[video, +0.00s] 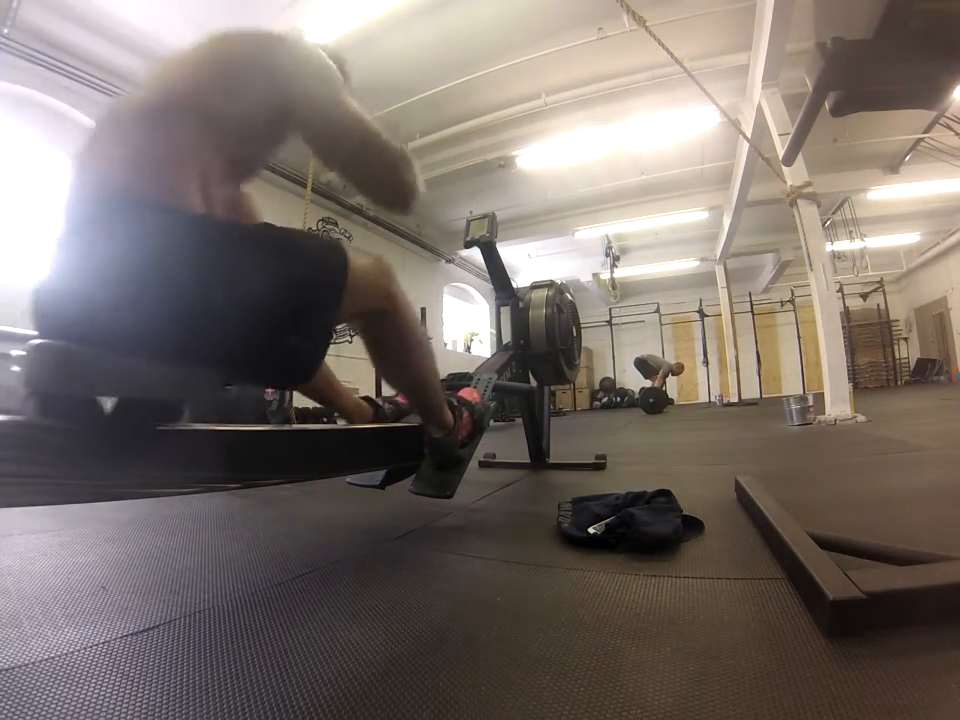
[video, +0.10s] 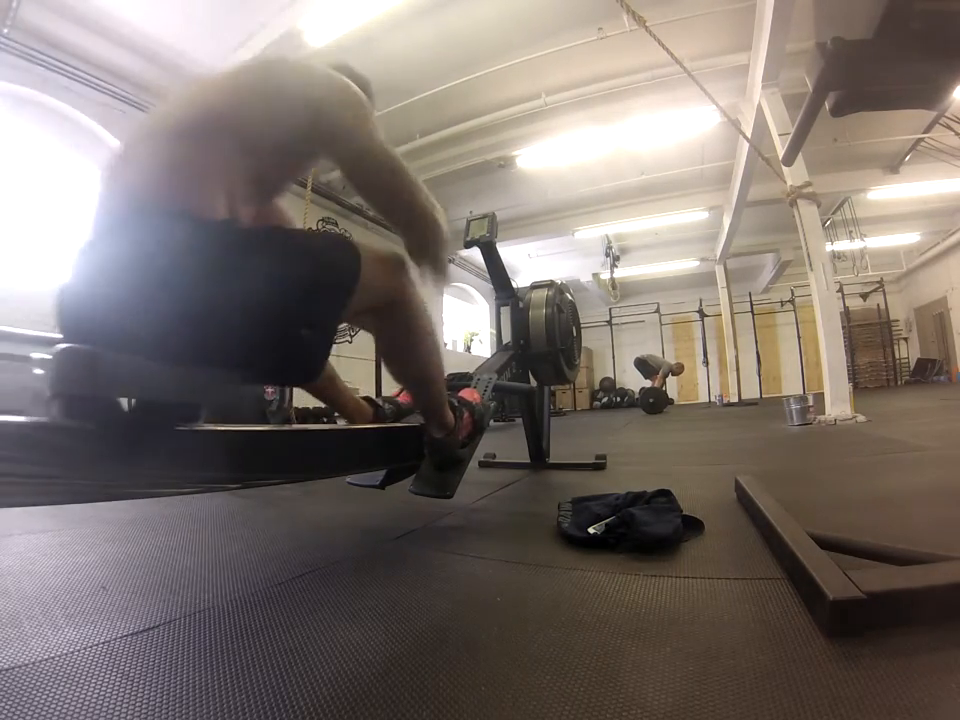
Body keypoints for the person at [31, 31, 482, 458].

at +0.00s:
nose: (330, 112)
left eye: (334, 101)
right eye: (334, 96)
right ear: (323, 65)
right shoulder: (289, 56)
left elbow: (252, 246)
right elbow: (400, 190)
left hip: (73, 292)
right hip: (167, 279)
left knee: (267, 307)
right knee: (378, 285)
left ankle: (358, 411)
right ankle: (447, 427)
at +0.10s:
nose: (358, 138)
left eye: (362, 127)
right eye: (360, 122)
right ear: (347, 90)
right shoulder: (330, 92)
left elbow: (289, 242)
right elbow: (423, 222)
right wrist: (434, 261)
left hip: (92, 296)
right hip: (178, 287)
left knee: (280, 312)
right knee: (390, 281)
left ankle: (358, 412)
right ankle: (447, 428)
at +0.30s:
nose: (396, 171)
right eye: (400, 156)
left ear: (336, 104)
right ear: (387, 130)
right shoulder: (380, 137)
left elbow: (333, 280)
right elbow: (464, 272)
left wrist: (414, 352)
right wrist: (461, 350)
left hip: (131, 301)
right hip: (213, 290)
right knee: (410, 270)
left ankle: (363, 414)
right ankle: (446, 426)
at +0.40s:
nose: (406, 179)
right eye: (410, 164)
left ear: (356, 117)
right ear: (400, 141)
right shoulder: (396, 149)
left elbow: (339, 290)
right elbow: (478, 276)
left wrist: (419, 352)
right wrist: (469, 351)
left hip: (144, 307)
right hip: (237, 301)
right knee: (415, 265)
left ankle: (365, 417)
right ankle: (443, 427)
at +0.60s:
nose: (406, 175)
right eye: (407, 161)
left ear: (352, 117)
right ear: (400, 140)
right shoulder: (395, 149)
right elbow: (486, 272)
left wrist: (419, 339)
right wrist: (474, 350)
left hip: (155, 323)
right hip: (243, 304)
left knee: (309, 281)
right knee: (423, 264)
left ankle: (362, 412)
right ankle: (442, 423)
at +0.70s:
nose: (404, 168)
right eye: (404, 151)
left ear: (343, 111)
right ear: (394, 132)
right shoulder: (389, 142)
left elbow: (331, 273)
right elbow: (480, 266)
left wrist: (430, 341)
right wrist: (472, 346)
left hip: (153, 322)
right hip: (237, 302)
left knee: (312, 283)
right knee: (425, 265)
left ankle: (363, 414)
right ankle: (444, 427)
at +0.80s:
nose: (397, 144)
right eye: (394, 134)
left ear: (331, 98)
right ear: (381, 119)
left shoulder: (266, 127)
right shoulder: (375, 130)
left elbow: (319, 261)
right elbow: (466, 254)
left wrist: (409, 342)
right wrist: (469, 350)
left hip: (150, 324)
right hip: (239, 304)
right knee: (428, 264)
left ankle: (364, 418)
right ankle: (443, 426)